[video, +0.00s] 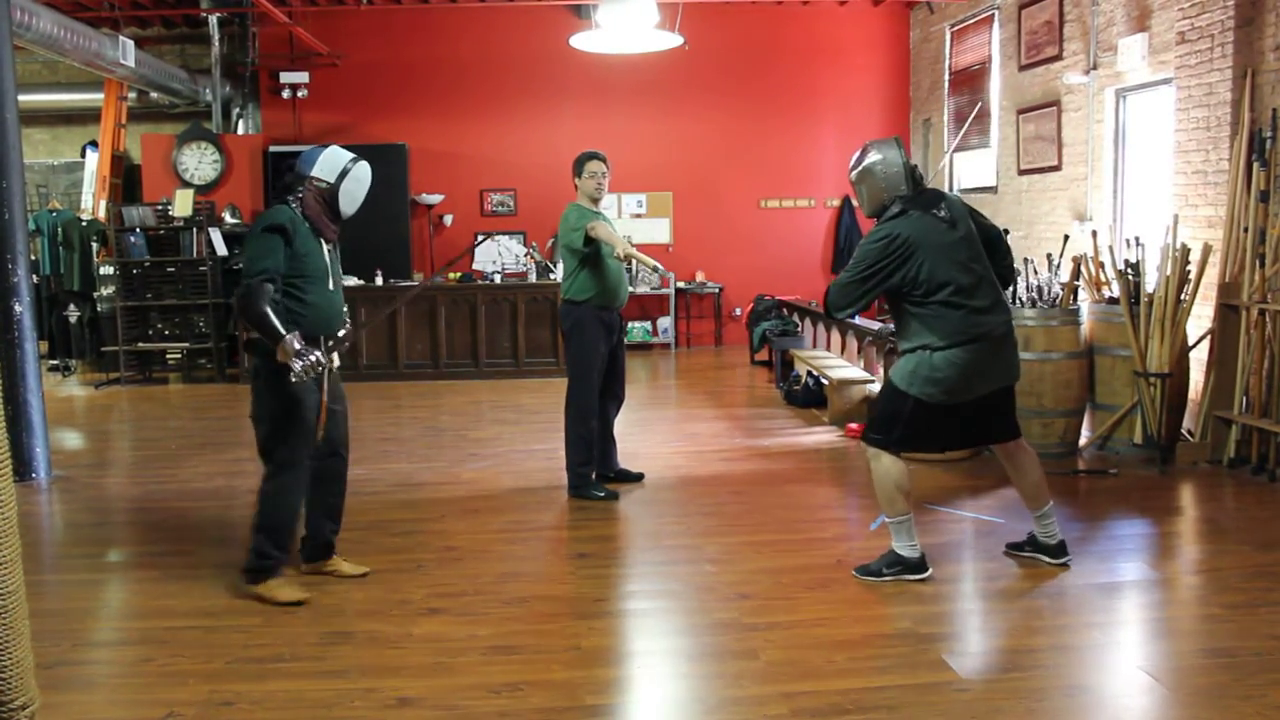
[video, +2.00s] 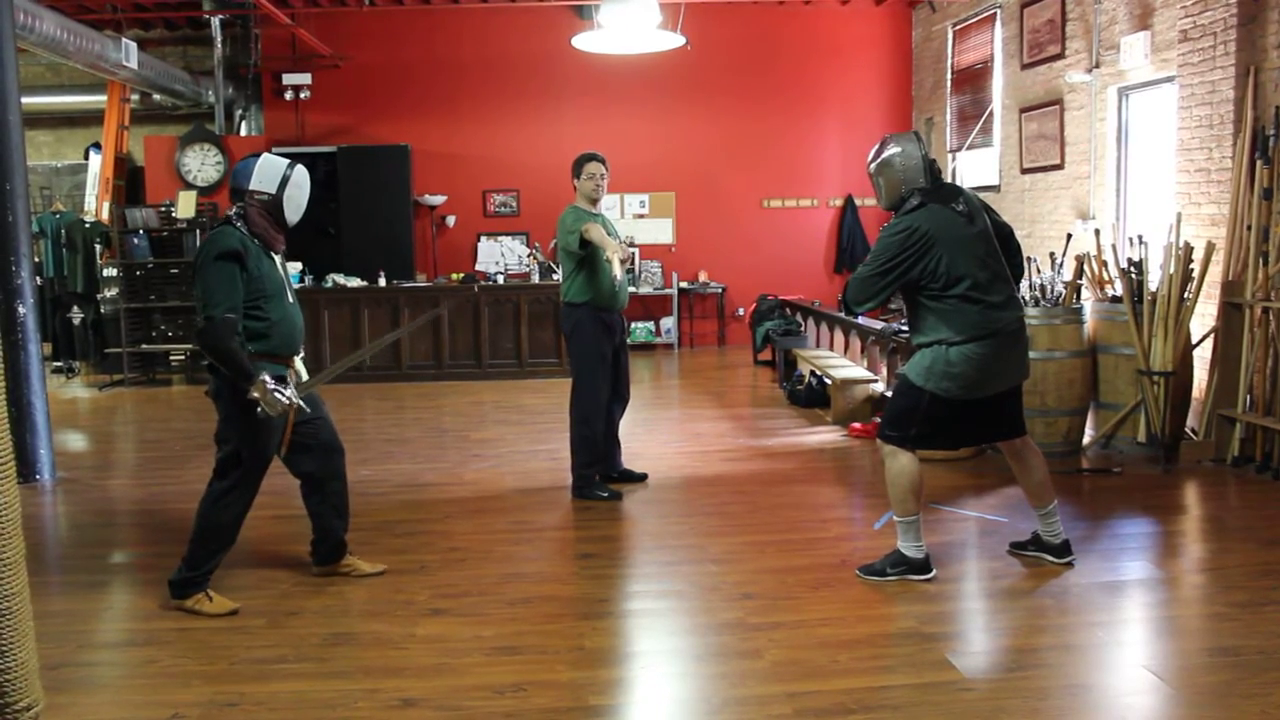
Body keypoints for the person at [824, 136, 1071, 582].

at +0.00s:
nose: (856, 200)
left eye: (857, 191)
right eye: (855, 191)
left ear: (873, 189)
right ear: (906, 179)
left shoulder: (888, 236)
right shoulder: (952, 207)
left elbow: (836, 303)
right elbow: (999, 250)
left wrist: (870, 274)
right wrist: (989, 296)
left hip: (938, 359)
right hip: (997, 350)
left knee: (881, 443)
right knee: (1008, 439)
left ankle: (906, 553)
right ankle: (1050, 539)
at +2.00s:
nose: (877, 191)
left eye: (878, 180)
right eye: (876, 181)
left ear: (896, 177)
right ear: (924, 171)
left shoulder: (907, 227)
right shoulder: (970, 204)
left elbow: (856, 297)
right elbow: (1013, 255)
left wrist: (884, 277)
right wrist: (994, 296)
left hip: (954, 352)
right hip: (1008, 344)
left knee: (895, 437)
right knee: (1014, 438)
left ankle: (911, 553)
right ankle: (1053, 538)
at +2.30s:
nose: (879, 193)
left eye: (880, 182)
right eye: (878, 182)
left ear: (897, 179)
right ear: (926, 171)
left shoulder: (909, 228)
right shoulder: (973, 205)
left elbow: (859, 296)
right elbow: (1015, 258)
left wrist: (882, 279)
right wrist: (992, 296)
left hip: (954, 354)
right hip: (1009, 347)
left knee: (897, 438)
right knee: (1015, 440)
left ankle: (911, 554)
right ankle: (1054, 539)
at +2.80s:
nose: (881, 193)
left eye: (883, 182)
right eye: (881, 183)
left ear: (901, 179)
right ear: (928, 172)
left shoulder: (911, 228)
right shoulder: (976, 206)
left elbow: (860, 297)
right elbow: (1017, 260)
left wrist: (891, 276)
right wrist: (992, 300)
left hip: (955, 355)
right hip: (1009, 347)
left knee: (897, 438)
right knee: (1015, 440)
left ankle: (912, 555)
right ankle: (1054, 539)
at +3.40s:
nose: (881, 193)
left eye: (883, 182)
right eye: (881, 183)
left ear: (901, 179)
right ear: (928, 172)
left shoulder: (911, 228)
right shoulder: (976, 207)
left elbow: (859, 297)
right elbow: (1017, 262)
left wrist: (890, 275)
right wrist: (990, 300)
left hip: (954, 355)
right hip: (1009, 349)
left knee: (898, 440)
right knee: (1015, 441)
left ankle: (912, 556)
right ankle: (1054, 540)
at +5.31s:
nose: (756, 195)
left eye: (759, 186)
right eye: (756, 186)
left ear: (774, 189)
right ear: (803, 183)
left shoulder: (789, 239)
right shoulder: (841, 212)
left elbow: (780, 318)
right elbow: (883, 252)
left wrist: (721, 321)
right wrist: (864, 297)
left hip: (837, 349)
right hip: (878, 339)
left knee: (771, 440)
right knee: (873, 429)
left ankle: (783, 556)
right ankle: (926, 509)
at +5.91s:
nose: (766, 193)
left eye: (768, 184)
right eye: (766, 184)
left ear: (784, 183)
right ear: (811, 182)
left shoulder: (785, 220)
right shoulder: (848, 222)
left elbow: (736, 233)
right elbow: (882, 267)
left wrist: (682, 222)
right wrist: (852, 298)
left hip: (808, 349)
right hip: (862, 348)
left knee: (745, 413)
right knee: (874, 432)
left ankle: (730, 513)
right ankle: (938, 510)